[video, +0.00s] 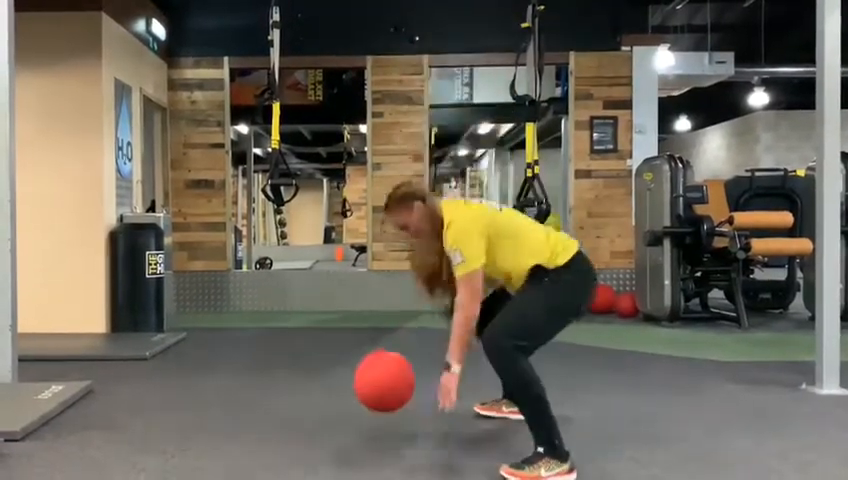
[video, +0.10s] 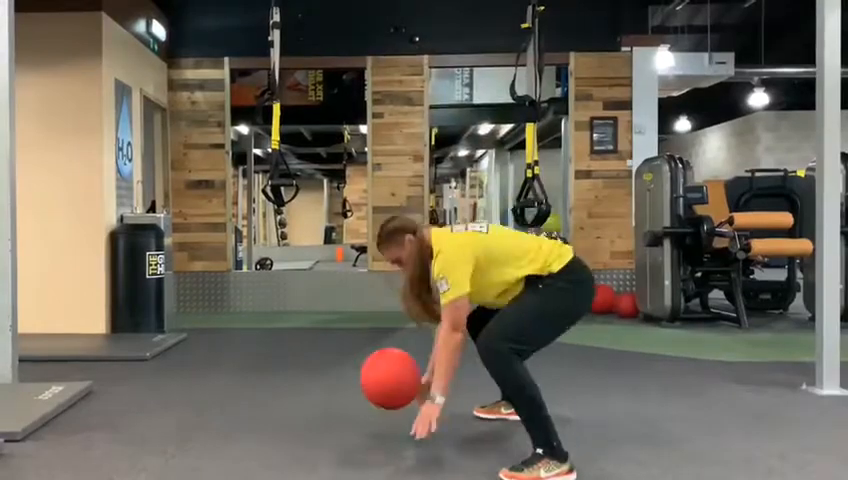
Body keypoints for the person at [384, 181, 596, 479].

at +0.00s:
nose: (408, 235)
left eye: (406, 227)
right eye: (402, 230)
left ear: (420, 208)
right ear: (419, 209)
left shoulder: (461, 226)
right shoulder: (448, 222)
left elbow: (468, 303)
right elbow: (466, 293)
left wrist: (453, 368)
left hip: (566, 274)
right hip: (543, 272)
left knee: (500, 340)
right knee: (487, 319)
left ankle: (555, 456)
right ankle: (515, 400)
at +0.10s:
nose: (399, 268)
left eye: (397, 260)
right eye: (393, 263)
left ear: (411, 242)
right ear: (411, 241)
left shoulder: (450, 253)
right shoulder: (437, 251)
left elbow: (454, 329)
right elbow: (447, 323)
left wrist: (436, 400)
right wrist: (431, 375)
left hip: (565, 281)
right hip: (538, 278)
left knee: (495, 345)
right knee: (479, 323)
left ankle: (552, 456)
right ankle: (516, 401)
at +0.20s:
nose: (392, 295)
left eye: (389, 288)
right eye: (387, 291)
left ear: (398, 267)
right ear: (398, 266)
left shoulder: (436, 272)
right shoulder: (425, 268)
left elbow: (440, 352)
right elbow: (432, 344)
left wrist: (424, 418)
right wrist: (418, 393)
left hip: (559, 259)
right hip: (534, 258)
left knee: (505, 341)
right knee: (486, 320)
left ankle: (554, 456)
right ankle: (515, 400)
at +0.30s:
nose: (385, 314)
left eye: (381, 309)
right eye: (379, 312)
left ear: (390, 291)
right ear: (390, 288)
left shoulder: (426, 291)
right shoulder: (414, 285)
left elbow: (432, 369)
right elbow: (420, 357)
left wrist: (419, 436)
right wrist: (405, 411)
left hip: (535, 220)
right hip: (514, 225)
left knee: (549, 340)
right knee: (515, 313)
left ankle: (585, 449)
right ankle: (535, 397)